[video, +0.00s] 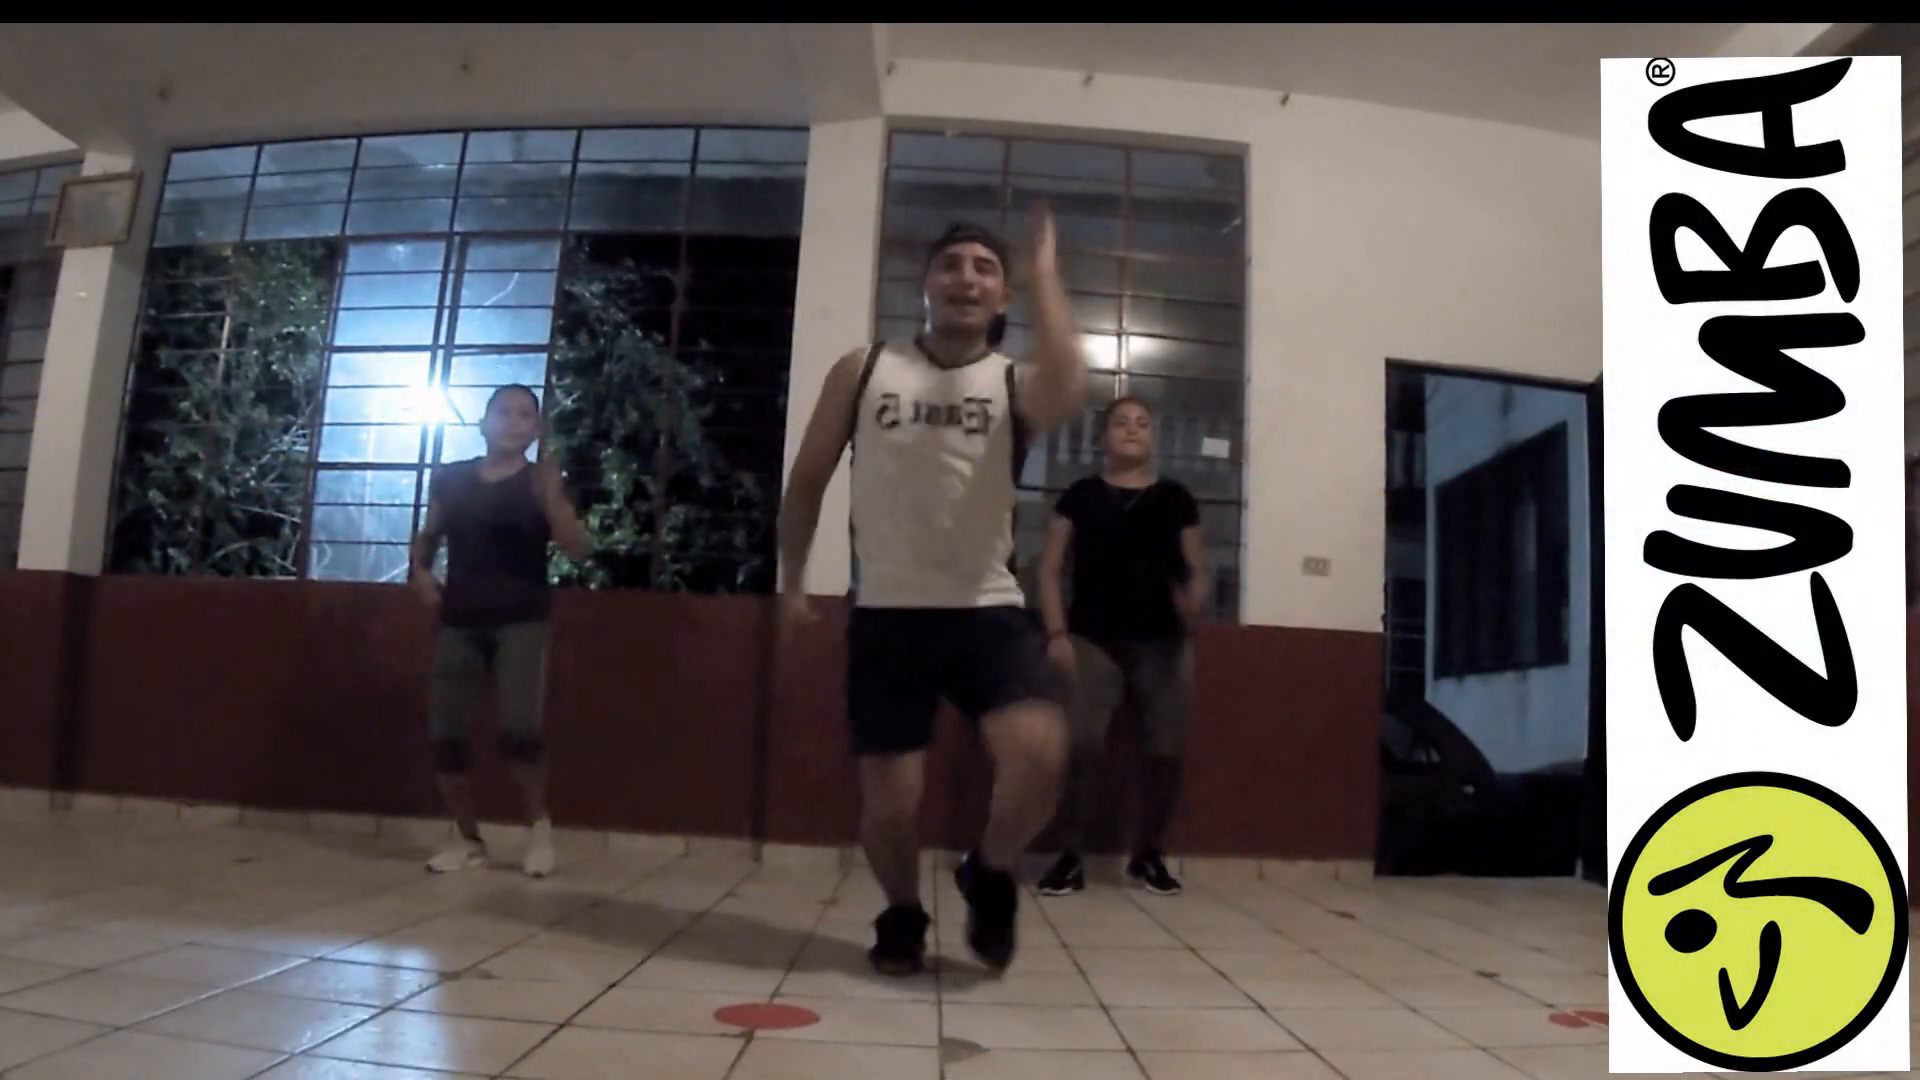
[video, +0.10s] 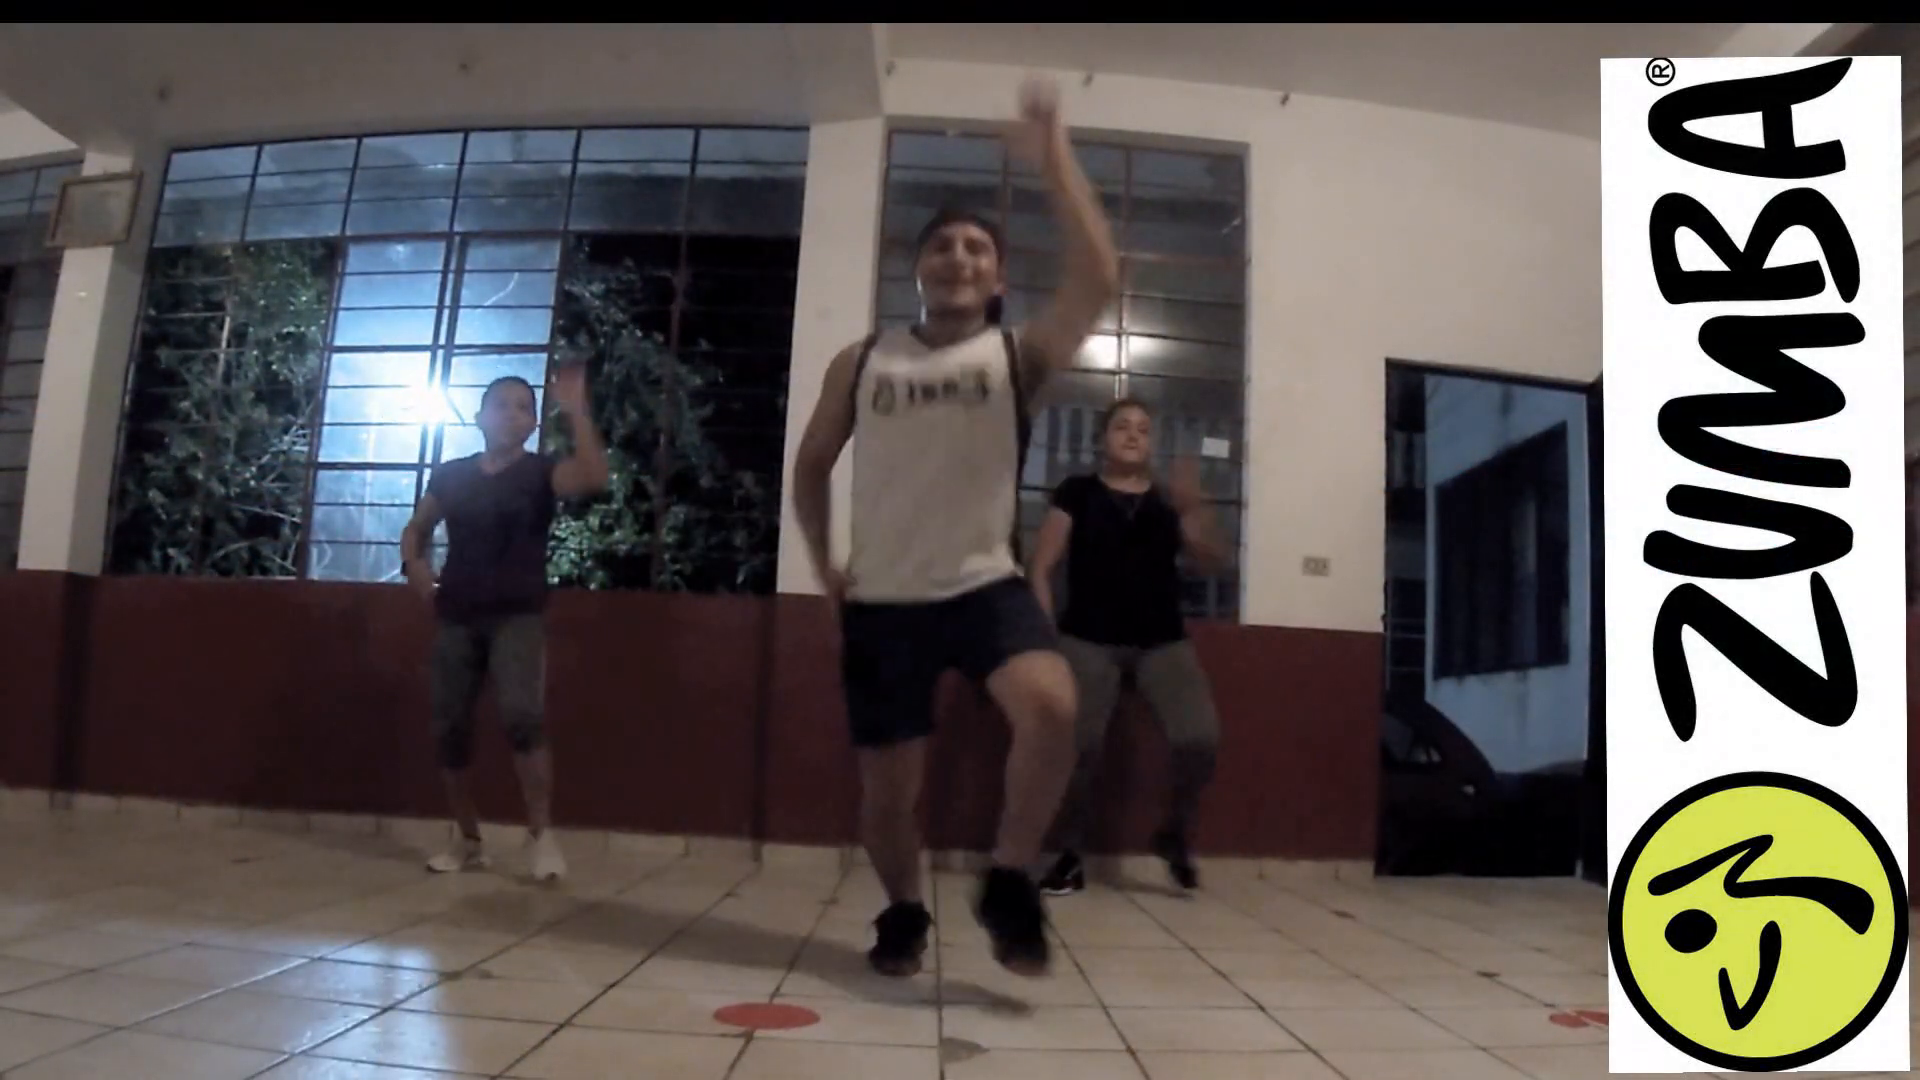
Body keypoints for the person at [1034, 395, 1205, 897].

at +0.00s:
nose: (1132, 431)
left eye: (1141, 424)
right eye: (1122, 424)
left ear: (1154, 438)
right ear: (1105, 437)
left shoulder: (1174, 499)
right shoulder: (1081, 496)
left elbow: (1196, 571)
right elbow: (1049, 569)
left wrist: (1189, 602)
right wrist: (1057, 634)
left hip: (1159, 641)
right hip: (1092, 640)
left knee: (1164, 749)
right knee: (1082, 746)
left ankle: (1149, 852)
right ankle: (1071, 854)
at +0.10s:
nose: (1133, 438)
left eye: (1142, 431)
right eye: (1123, 429)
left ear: (1152, 443)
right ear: (1103, 440)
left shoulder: (1168, 500)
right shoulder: (1078, 494)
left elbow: (1211, 558)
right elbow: (1041, 568)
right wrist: (1047, 632)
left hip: (1160, 641)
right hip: (1090, 640)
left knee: (1197, 737)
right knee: (1080, 744)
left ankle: (1175, 836)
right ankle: (1068, 853)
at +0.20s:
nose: (1138, 428)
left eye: (1148, 423)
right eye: (1129, 420)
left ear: (1157, 438)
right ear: (1108, 433)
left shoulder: (1173, 491)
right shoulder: (1084, 486)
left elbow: (1239, 490)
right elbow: (1038, 556)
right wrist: (1040, 626)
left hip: (1164, 633)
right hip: (1095, 634)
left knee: (1217, 721)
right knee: (1086, 736)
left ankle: (1213, 853)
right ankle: (1076, 853)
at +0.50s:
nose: (1170, 430)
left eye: (1179, 423)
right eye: (1159, 423)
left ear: (1193, 436)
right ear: (1140, 438)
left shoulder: (1219, 485)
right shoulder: (1123, 498)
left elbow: (1269, 423)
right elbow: (1071, 562)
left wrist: (1280, 345)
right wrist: (1069, 626)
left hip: (1219, 635)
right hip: (1142, 637)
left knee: (1244, 741)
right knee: (1109, 743)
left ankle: (1247, 880)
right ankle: (1073, 857)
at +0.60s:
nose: (1173, 419)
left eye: (1182, 413)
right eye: (1162, 413)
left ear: (1198, 429)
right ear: (1144, 431)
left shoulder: (1225, 478)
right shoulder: (1127, 491)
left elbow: (1299, 428)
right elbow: (1076, 527)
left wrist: (1292, 355)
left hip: (1218, 626)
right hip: (1139, 626)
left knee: (1236, 743)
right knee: (1080, 723)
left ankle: (1243, 880)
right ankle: (1079, 849)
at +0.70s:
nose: (1167, 410)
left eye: (1175, 403)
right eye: (1155, 405)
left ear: (1190, 417)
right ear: (1135, 422)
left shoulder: (1221, 467)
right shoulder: (1122, 476)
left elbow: (1306, 448)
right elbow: (1058, 474)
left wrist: (1297, 374)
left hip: (1210, 619)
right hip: (1133, 616)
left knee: (1227, 737)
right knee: (1075, 716)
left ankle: (1242, 878)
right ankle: (1044, 857)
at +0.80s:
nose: (1156, 406)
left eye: (1164, 401)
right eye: (1143, 401)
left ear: (1179, 419)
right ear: (1122, 421)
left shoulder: (1207, 475)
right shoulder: (1110, 471)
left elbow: (1290, 487)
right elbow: (1066, 411)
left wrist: (1296, 423)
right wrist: (1078, 336)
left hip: (1197, 614)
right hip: (1120, 611)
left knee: (1219, 740)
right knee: (1077, 730)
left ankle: (1241, 876)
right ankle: (1029, 860)